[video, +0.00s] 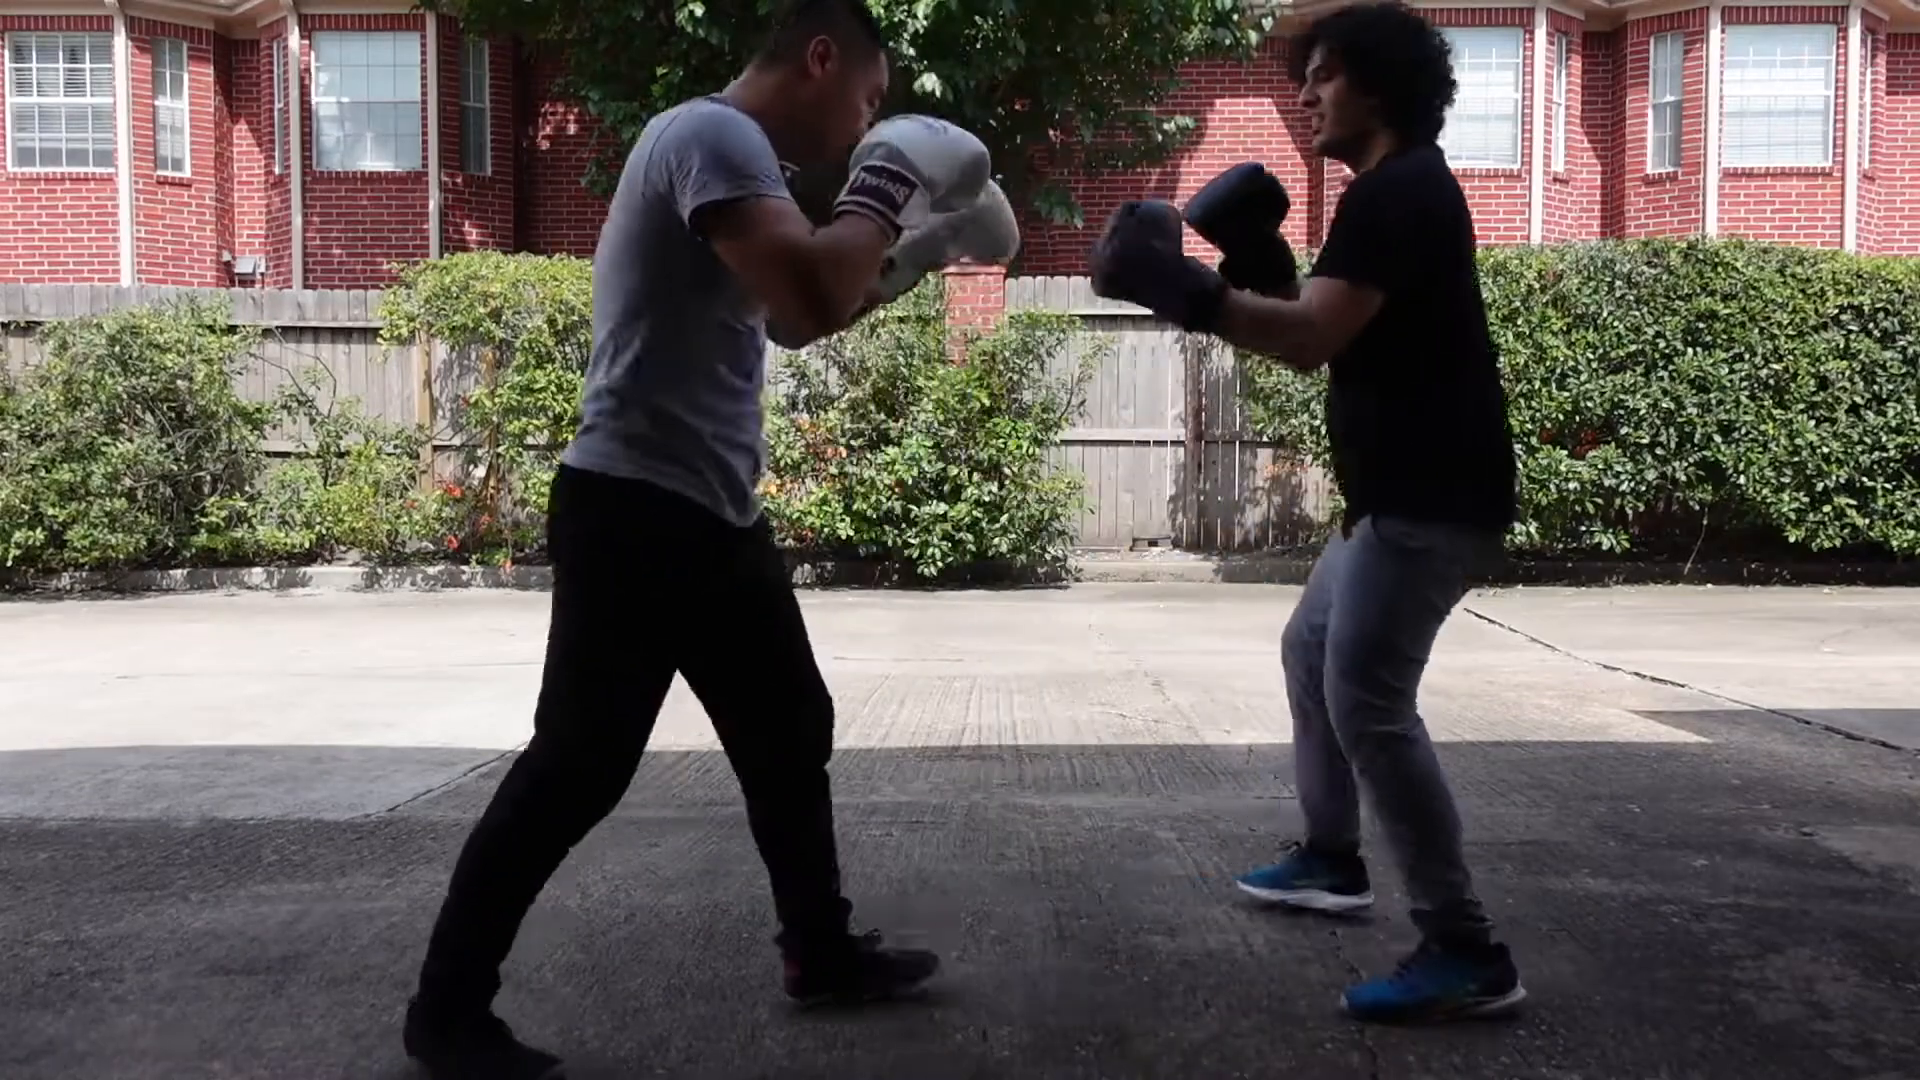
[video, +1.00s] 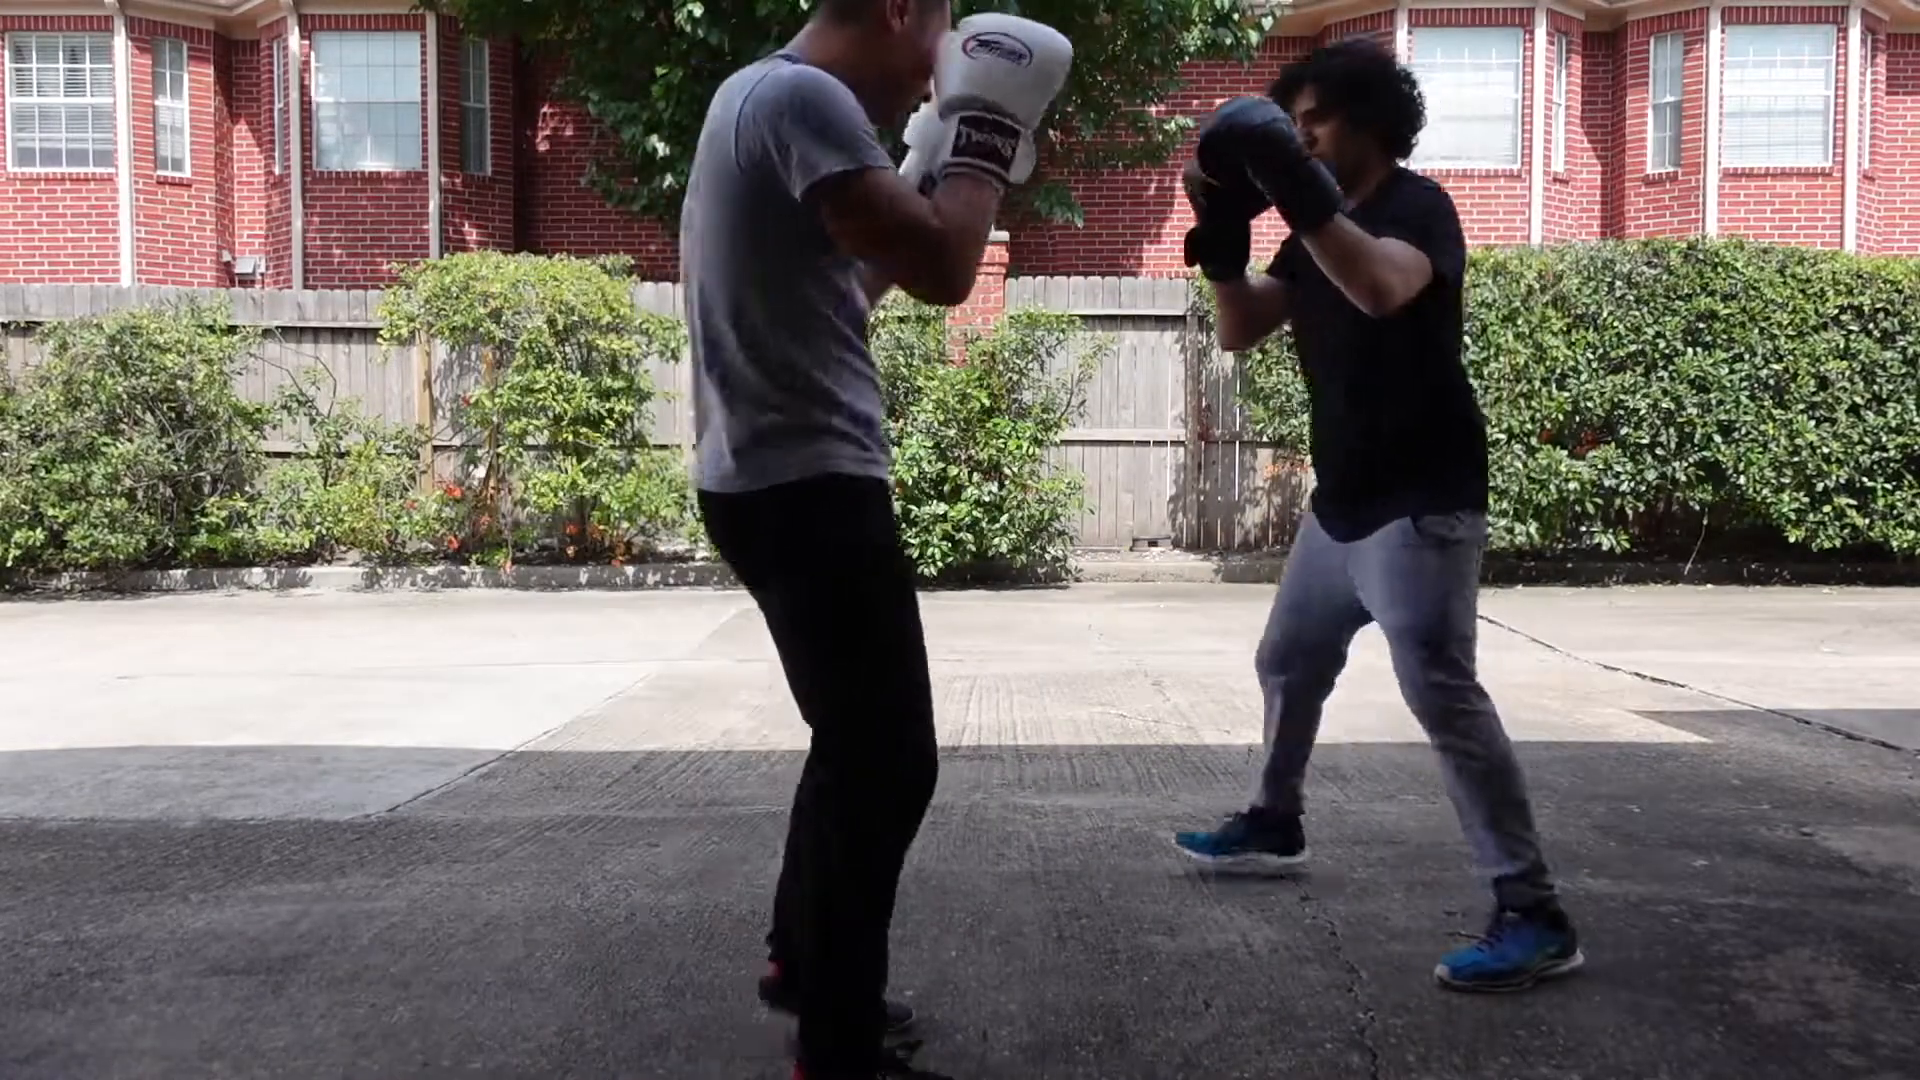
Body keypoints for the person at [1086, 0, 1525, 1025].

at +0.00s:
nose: (1304, 96)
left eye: (1322, 76)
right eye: (1307, 78)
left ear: (1378, 87)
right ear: (1382, 93)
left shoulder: (1396, 193)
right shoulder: (1396, 189)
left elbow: (1314, 335)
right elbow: (1330, 328)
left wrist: (1189, 295)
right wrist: (1265, 255)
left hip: (1431, 506)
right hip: (1403, 500)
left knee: (1369, 707)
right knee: (1308, 651)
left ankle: (1464, 951)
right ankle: (1331, 857)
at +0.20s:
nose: (1351, 98)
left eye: (1367, 78)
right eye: (1350, 80)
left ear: (1423, 81)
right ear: (1410, 88)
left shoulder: (1463, 181)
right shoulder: (1446, 178)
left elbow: (1357, 298)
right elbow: (1366, 295)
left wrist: (1259, 203)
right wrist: (1308, 210)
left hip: (1489, 494)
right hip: (1470, 487)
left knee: (1434, 690)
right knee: (1467, 676)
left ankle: (1472, 948)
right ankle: (1582, 836)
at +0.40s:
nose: (1387, 138)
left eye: (1402, 118)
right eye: (1383, 121)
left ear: (1462, 125)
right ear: (1452, 130)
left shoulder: (1489, 216)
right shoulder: (1472, 223)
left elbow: (1469, 336)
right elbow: (1405, 359)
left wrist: (1361, 253)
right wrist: (1341, 278)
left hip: (1531, 514)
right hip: (1554, 510)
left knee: (1458, 694)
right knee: (1548, 692)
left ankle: (1471, 941)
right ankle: (1654, 873)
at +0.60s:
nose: (1378, 133)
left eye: (1391, 112)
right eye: (1373, 118)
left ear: (1447, 110)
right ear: (1397, 126)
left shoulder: (1500, 194)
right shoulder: (1431, 213)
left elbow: (1460, 276)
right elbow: (1354, 314)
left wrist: (1361, 177)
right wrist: (1321, 236)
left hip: (1544, 492)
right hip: (1520, 489)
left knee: (1463, 674)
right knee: (1558, 677)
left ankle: (1533, 912)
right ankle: (1649, 871)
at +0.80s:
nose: (1353, 132)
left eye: (1368, 112)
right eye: (1346, 117)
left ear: (1428, 112)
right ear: (1356, 127)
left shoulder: (1481, 206)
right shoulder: (1392, 219)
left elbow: (1443, 321)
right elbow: (1331, 348)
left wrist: (1346, 225)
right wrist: (1292, 264)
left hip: (1500, 496)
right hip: (1430, 498)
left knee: (1464, 690)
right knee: (1388, 664)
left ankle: (1536, 917)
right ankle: (1539, 812)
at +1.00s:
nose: (1298, 142)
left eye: (1314, 123)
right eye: (1294, 127)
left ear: (1372, 124)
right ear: (1304, 137)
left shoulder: (1421, 207)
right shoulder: (1316, 229)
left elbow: (1383, 285)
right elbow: (1240, 328)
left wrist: (1296, 186)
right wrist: (1221, 237)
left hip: (1426, 498)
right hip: (1342, 499)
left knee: (1440, 690)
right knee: (1287, 664)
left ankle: (1532, 912)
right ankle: (1274, 820)